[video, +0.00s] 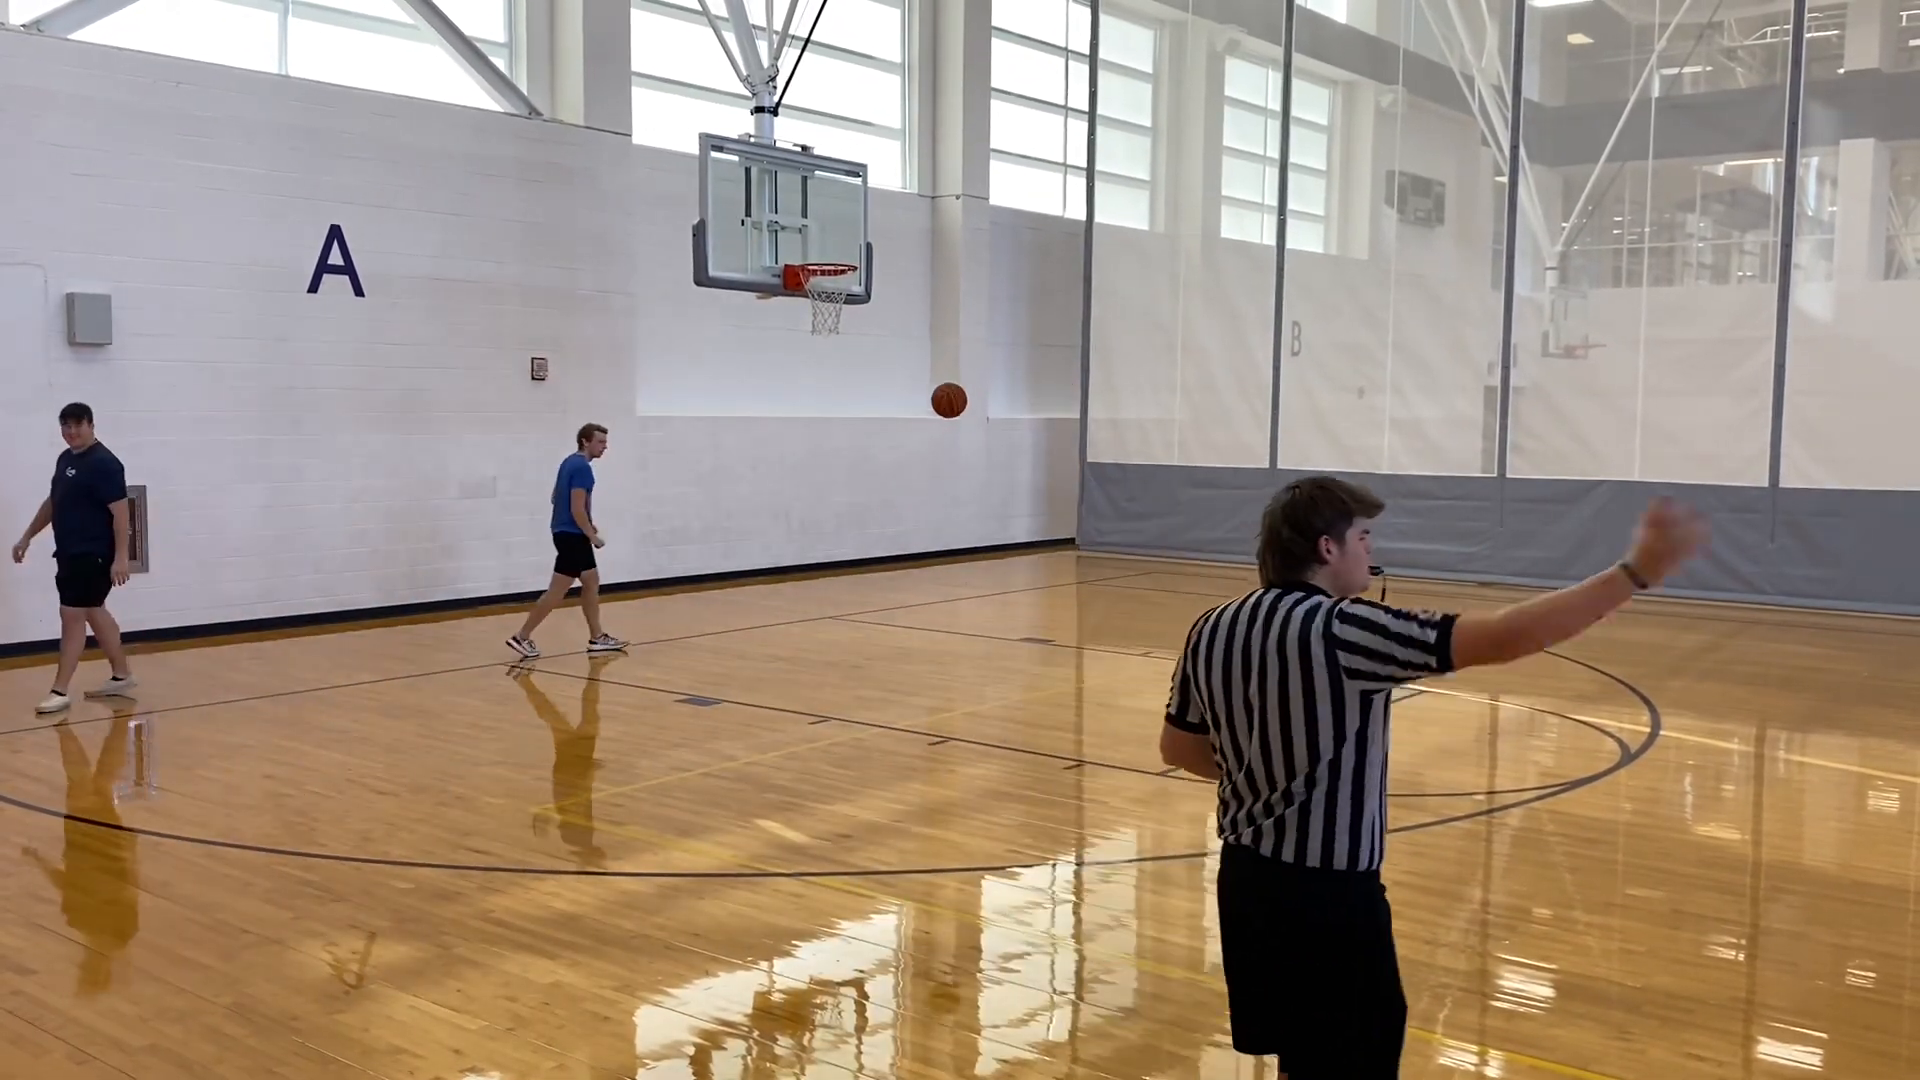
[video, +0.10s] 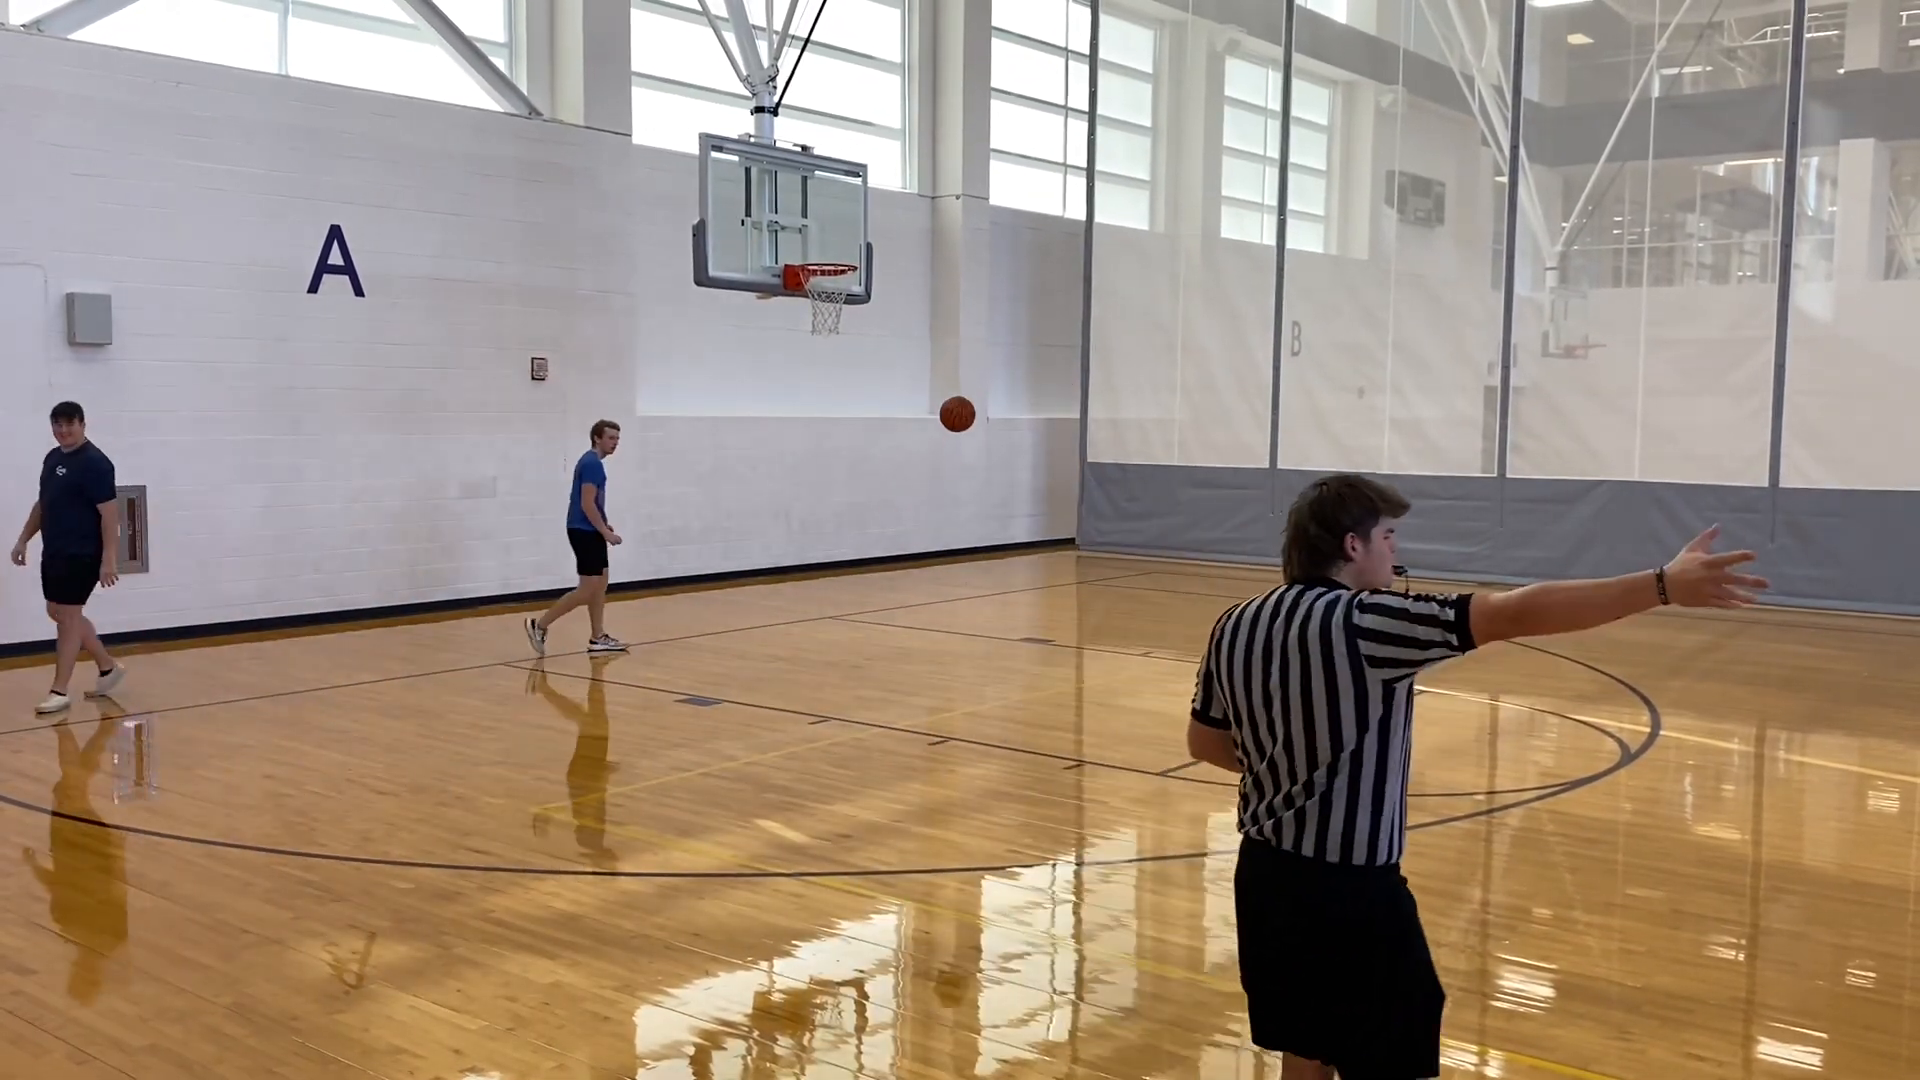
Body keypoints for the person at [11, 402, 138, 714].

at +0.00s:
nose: (69, 432)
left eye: (75, 426)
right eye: (65, 426)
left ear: (90, 426)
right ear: (62, 429)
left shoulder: (106, 464)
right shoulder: (66, 459)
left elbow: (121, 513)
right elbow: (53, 503)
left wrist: (121, 558)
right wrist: (26, 537)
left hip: (93, 554)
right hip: (69, 553)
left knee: (71, 616)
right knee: (95, 611)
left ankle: (60, 691)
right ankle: (122, 674)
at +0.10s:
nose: (62, 430)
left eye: (68, 424)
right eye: (57, 425)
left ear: (82, 425)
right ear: (53, 428)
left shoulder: (98, 463)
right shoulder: (53, 458)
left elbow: (110, 515)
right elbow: (44, 504)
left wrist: (109, 561)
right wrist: (23, 539)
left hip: (83, 552)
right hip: (54, 550)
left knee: (69, 614)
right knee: (58, 611)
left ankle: (59, 691)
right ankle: (108, 666)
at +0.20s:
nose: (55, 433)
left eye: (61, 427)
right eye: (50, 427)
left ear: (74, 426)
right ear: (45, 429)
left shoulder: (88, 464)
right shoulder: (40, 458)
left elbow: (99, 516)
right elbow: (33, 506)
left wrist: (88, 561)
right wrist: (27, 544)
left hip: (71, 553)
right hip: (40, 551)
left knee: (65, 619)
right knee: (26, 610)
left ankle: (59, 691)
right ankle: (85, 657)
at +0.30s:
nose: (48, 431)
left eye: (54, 425)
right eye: (42, 425)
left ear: (65, 426)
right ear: (35, 427)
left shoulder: (81, 465)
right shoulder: (29, 458)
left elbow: (86, 520)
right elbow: (17, 503)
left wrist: (67, 559)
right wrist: (16, 542)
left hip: (70, 550)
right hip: (33, 549)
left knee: (60, 617)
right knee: (8, 610)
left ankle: (60, 691)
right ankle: (49, 662)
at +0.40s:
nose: (39, 430)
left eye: (45, 424)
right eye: (33, 424)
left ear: (55, 426)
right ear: (25, 427)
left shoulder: (73, 464)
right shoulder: (16, 458)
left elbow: (75, 518)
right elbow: (3, 502)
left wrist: (48, 553)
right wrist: (7, 539)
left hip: (61, 551)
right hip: (21, 549)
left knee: (55, 619)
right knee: (3, 612)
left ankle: (58, 691)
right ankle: (8, 681)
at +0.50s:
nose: (30, 430)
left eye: (36, 424)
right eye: (24, 424)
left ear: (45, 426)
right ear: (14, 427)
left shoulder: (62, 464)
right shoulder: (3, 460)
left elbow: (70, 516)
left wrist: (38, 549)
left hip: (52, 553)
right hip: (9, 553)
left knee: (51, 620)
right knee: (3, 621)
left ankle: (58, 691)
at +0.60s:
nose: (18, 431)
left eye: (23, 425)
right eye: (12, 425)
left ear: (31, 427)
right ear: (2, 428)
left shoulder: (50, 464)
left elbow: (65, 513)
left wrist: (38, 548)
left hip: (45, 554)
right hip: (6, 557)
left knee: (43, 620)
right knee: (0, 623)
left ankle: (57, 692)